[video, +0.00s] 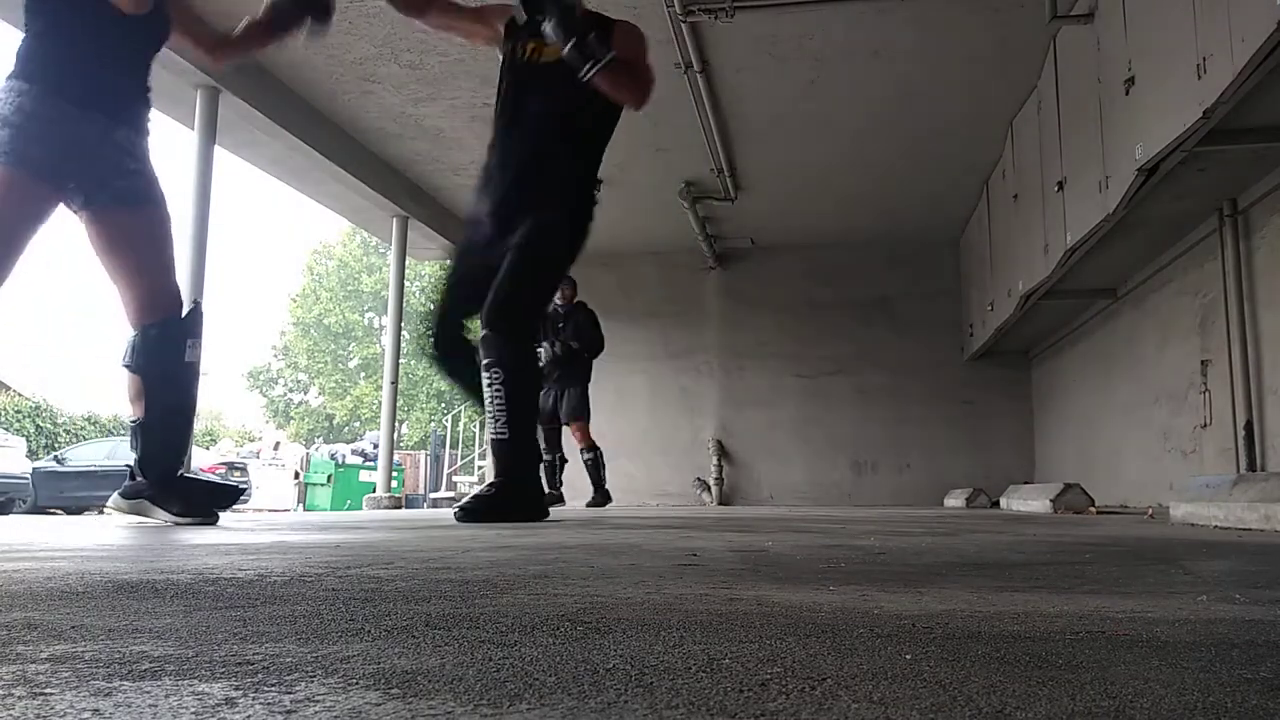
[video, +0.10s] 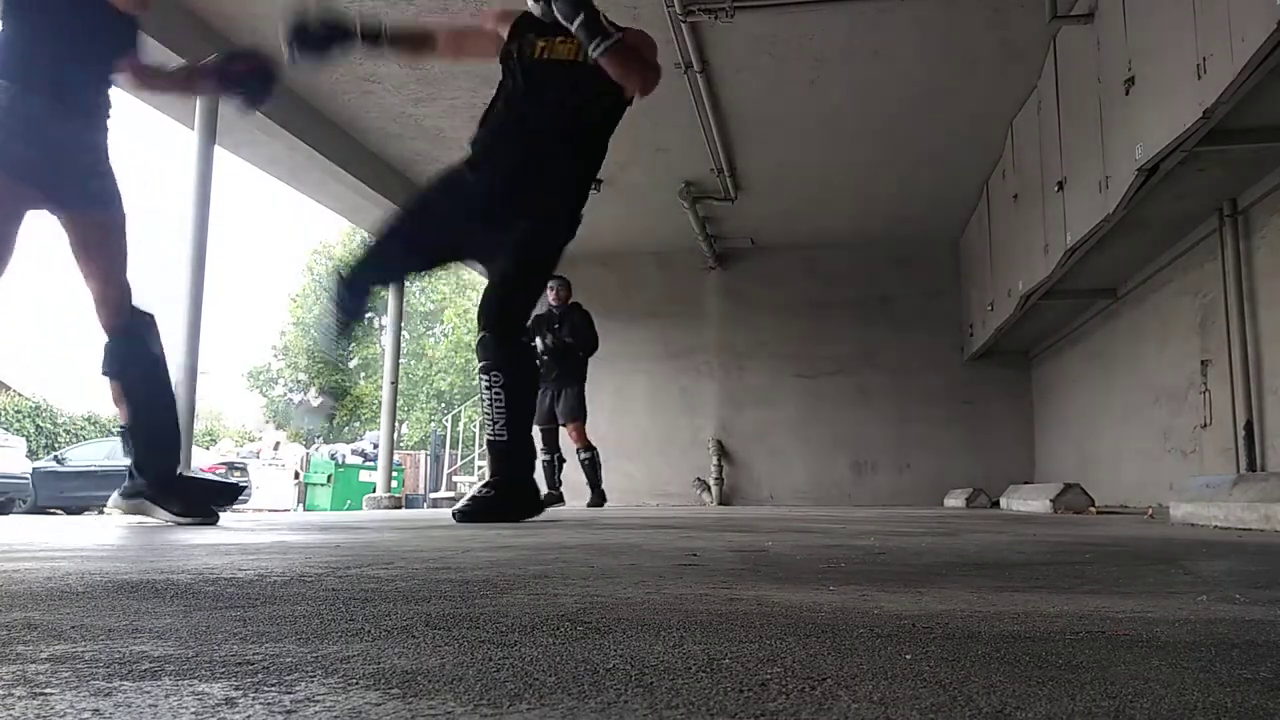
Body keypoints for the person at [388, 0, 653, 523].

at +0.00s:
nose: (540, 3)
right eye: (533, 3)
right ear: (528, 0)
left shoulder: (619, 34)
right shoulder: (511, 24)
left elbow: (635, 94)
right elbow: (427, 10)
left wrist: (574, 41)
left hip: (556, 210)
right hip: (494, 207)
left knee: (504, 325)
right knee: (447, 338)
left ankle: (518, 485)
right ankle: (519, 418)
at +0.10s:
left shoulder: (627, 40)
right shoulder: (514, 24)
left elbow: (643, 82)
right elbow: (434, 41)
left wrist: (582, 19)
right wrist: (351, 37)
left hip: (545, 207)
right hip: (476, 187)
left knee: (501, 320)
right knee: (364, 272)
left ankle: (514, 482)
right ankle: (351, 298)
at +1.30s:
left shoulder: (553, 11)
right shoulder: (467, 36)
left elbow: (486, 33)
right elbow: (377, 60)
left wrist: (431, 1)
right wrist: (314, 22)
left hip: (512, 201)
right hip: (455, 198)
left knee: (478, 331)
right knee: (349, 248)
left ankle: (484, 488)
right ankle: (430, 356)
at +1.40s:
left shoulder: (542, 11)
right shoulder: (464, 44)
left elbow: (475, 37)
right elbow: (389, 82)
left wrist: (419, 2)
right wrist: (340, 30)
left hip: (507, 203)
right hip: (452, 205)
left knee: (479, 325)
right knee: (369, 291)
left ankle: (484, 490)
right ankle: (444, 406)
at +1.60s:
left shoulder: (506, 9)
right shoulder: (457, 40)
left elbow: (489, 76)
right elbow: (442, 138)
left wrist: (423, 36)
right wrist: (398, 91)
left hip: (483, 201)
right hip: (442, 207)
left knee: (472, 333)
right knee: (418, 336)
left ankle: (483, 487)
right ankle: (444, 472)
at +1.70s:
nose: (429, 3)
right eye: (427, 2)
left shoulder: (490, 13)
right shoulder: (461, 42)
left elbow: (491, 91)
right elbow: (443, 143)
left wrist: (408, 66)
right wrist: (384, 101)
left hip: (467, 204)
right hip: (445, 208)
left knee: (443, 336)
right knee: (431, 338)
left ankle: (479, 481)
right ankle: (448, 475)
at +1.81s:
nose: (425, 12)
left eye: (426, 8)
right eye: (424, 13)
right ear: (439, 12)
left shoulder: (483, 20)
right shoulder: (460, 51)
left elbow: (478, 87)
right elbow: (439, 151)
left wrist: (406, 58)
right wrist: (392, 108)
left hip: (459, 206)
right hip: (455, 209)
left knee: (396, 312)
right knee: (448, 341)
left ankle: (461, 456)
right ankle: (453, 486)